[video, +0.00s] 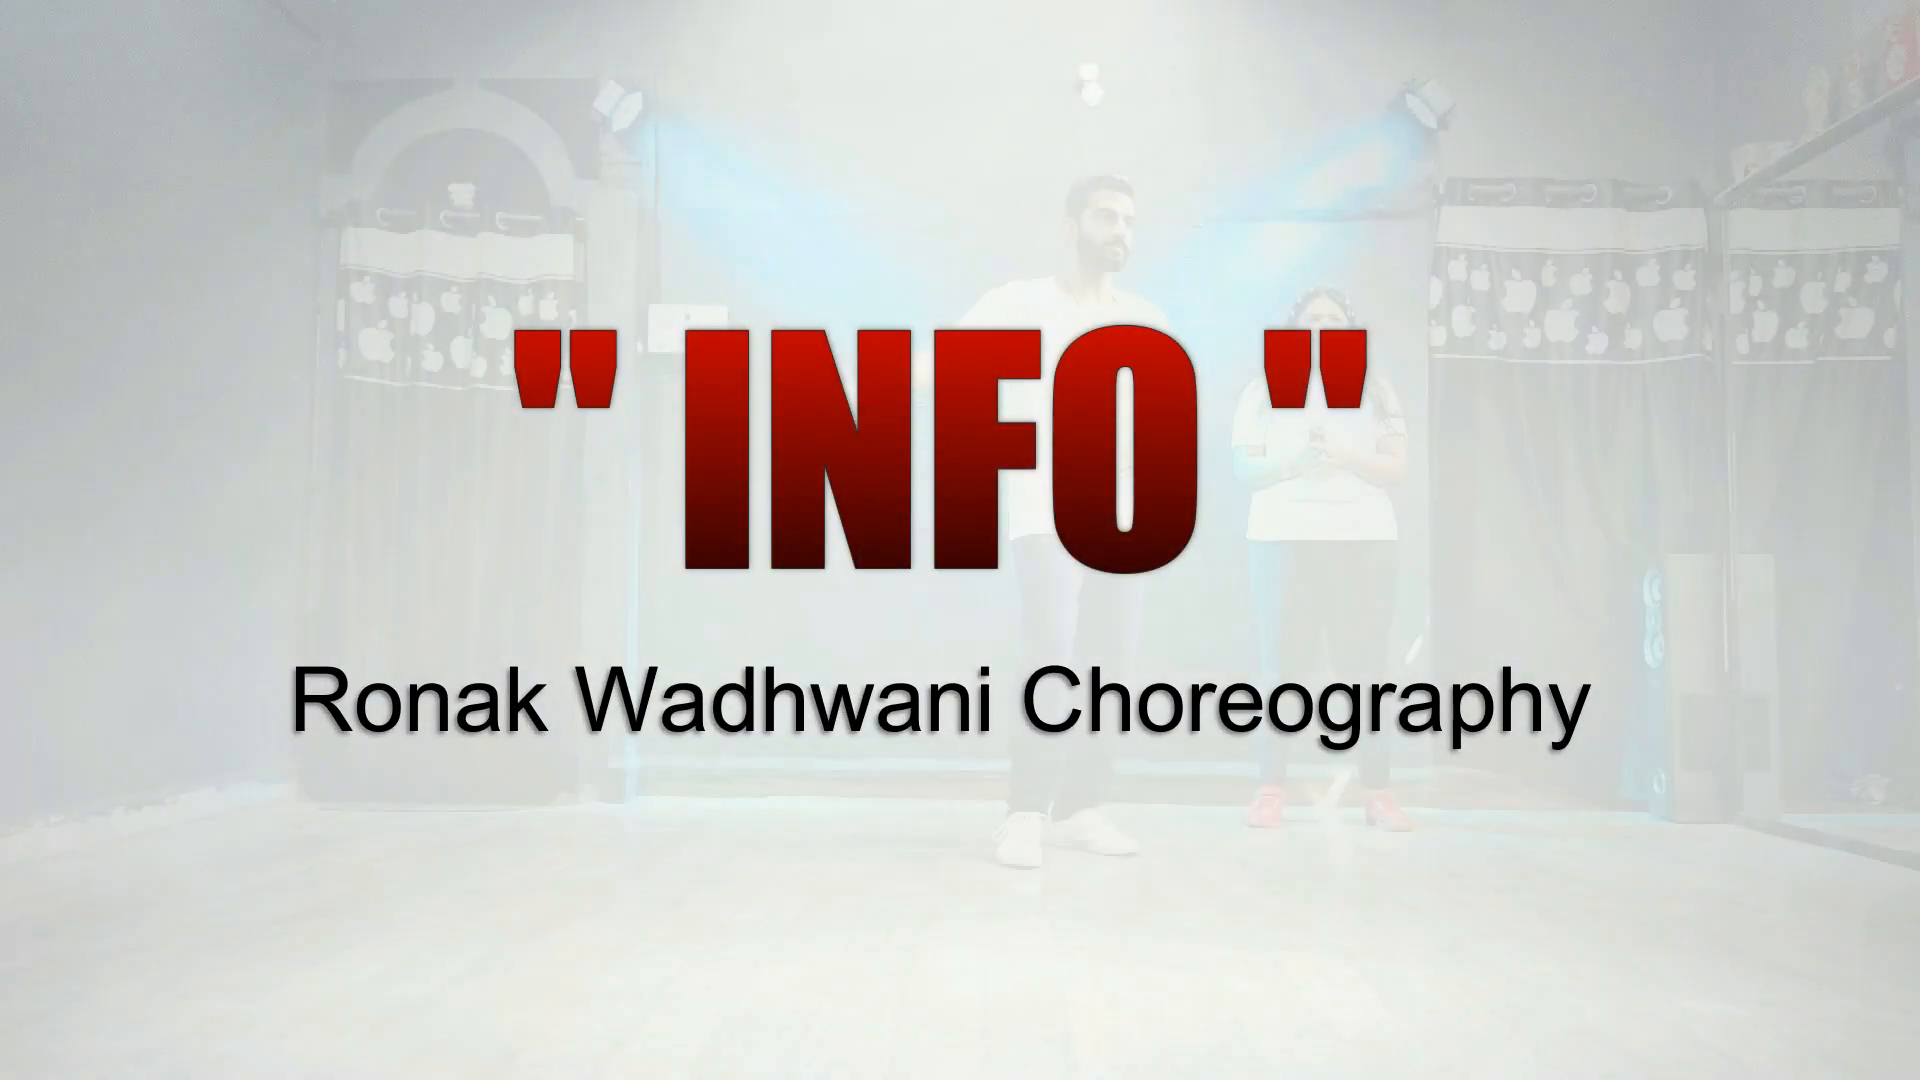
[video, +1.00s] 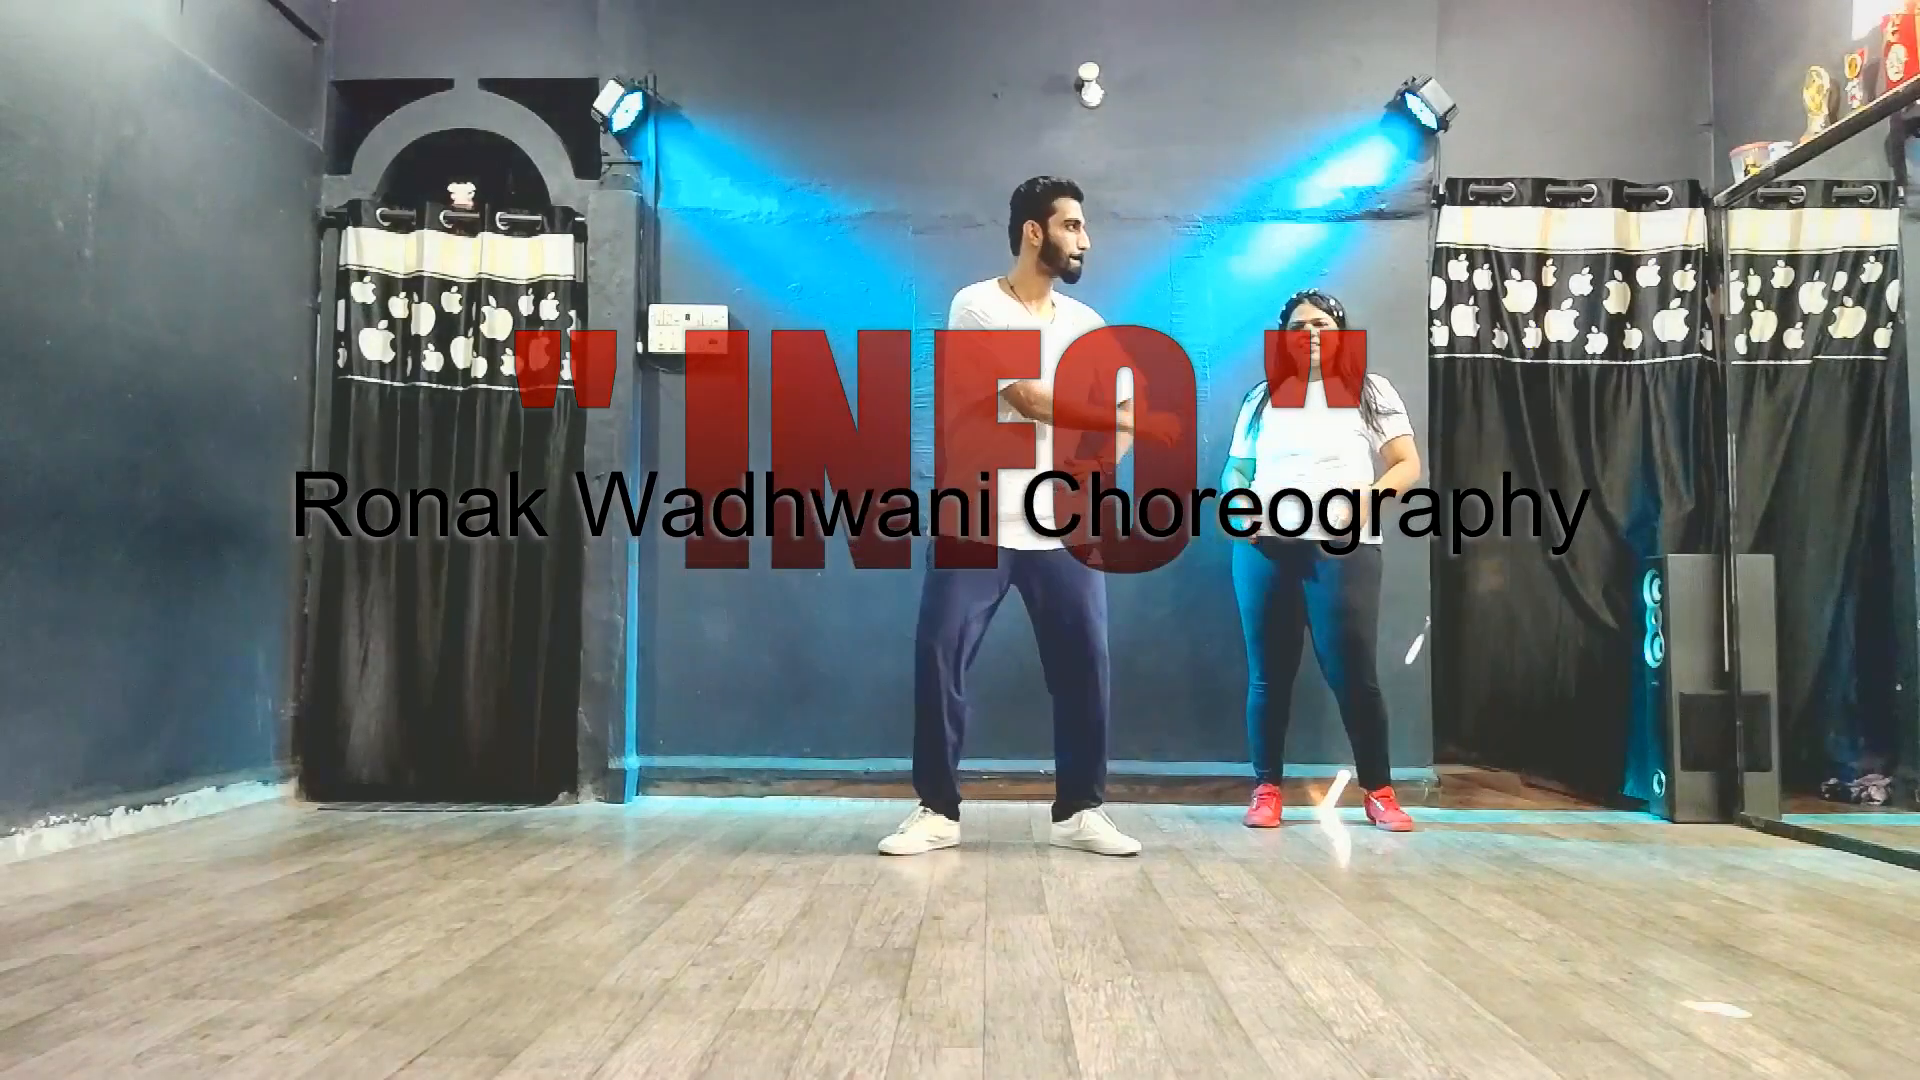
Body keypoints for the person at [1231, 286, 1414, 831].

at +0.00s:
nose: (1321, 337)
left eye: (1332, 327)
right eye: (1311, 327)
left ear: (1351, 331)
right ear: (1294, 330)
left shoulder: (1374, 386)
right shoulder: (1265, 386)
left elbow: (1397, 467)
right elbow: (1246, 468)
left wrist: (1340, 449)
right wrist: (1303, 450)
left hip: (1362, 539)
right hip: (1285, 539)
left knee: (1366, 663)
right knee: (1284, 663)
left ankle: (1376, 788)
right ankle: (1272, 786)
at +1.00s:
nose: (1310, 333)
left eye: (1321, 324)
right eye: (1299, 325)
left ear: (1342, 336)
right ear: (1284, 337)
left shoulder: (1371, 390)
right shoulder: (1260, 399)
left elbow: (1407, 465)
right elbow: (1237, 478)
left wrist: (1364, 502)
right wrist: (1246, 515)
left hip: (1343, 549)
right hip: (1266, 548)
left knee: (1354, 675)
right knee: (1268, 675)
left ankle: (1378, 791)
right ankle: (1267, 789)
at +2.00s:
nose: (1368, 352)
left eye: (1373, 343)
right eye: (1356, 342)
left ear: (1376, 349)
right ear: (1324, 346)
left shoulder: (1363, 403)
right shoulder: (1305, 388)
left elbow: (1376, 487)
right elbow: (1293, 457)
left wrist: (1414, 470)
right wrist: (1371, 454)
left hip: (1396, 548)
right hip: (1340, 551)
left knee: (1418, 663)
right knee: (1368, 674)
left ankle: (1385, 793)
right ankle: (1301, 788)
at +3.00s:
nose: (1308, 330)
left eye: (1318, 322)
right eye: (1297, 323)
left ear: (1337, 330)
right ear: (1283, 334)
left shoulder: (1367, 379)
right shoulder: (1262, 398)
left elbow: (1377, 451)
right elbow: (1261, 475)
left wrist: (1290, 459)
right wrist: (1266, 543)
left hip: (1363, 539)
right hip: (1283, 541)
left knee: (1368, 668)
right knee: (1277, 669)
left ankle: (1384, 793)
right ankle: (1280, 790)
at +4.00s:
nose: (1364, 329)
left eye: (1376, 321)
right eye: (1355, 320)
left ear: (1394, 333)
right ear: (1339, 329)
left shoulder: (1404, 391)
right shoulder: (1295, 377)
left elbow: (1392, 452)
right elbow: (1243, 428)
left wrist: (1310, 445)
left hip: (1373, 544)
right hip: (1296, 539)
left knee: (1385, 672)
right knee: (1300, 670)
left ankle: (1380, 793)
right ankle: (1289, 792)